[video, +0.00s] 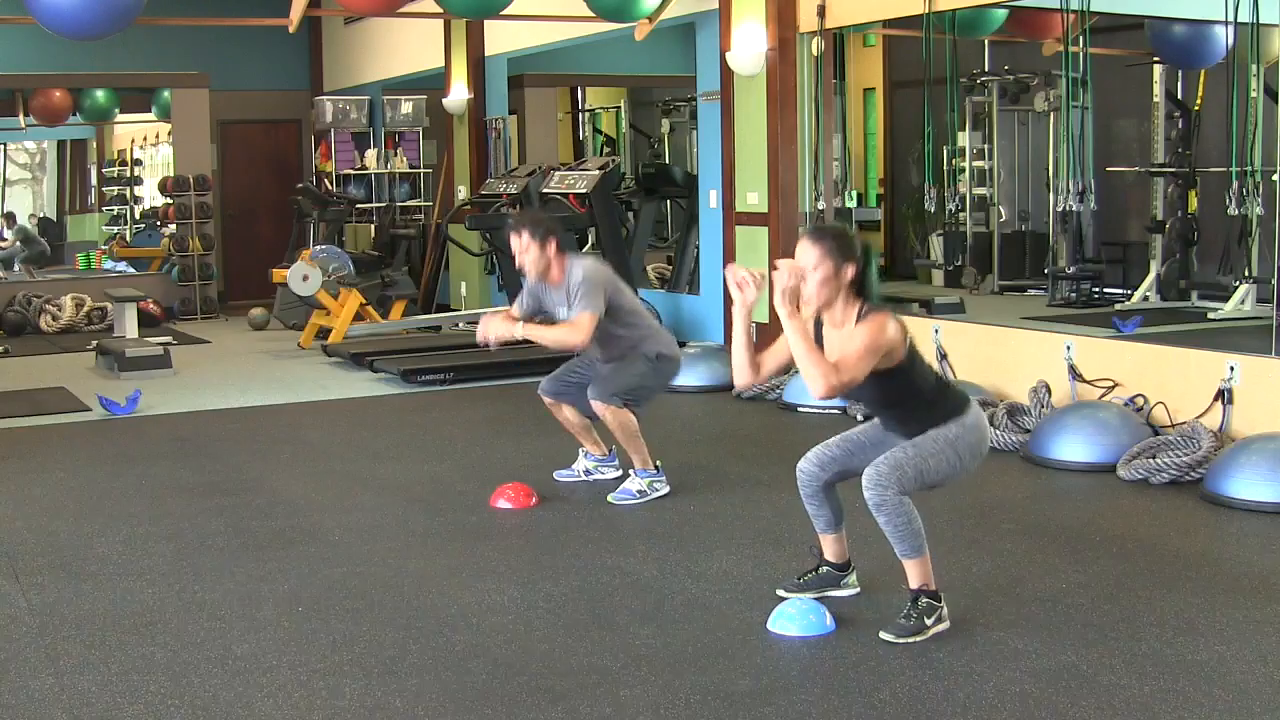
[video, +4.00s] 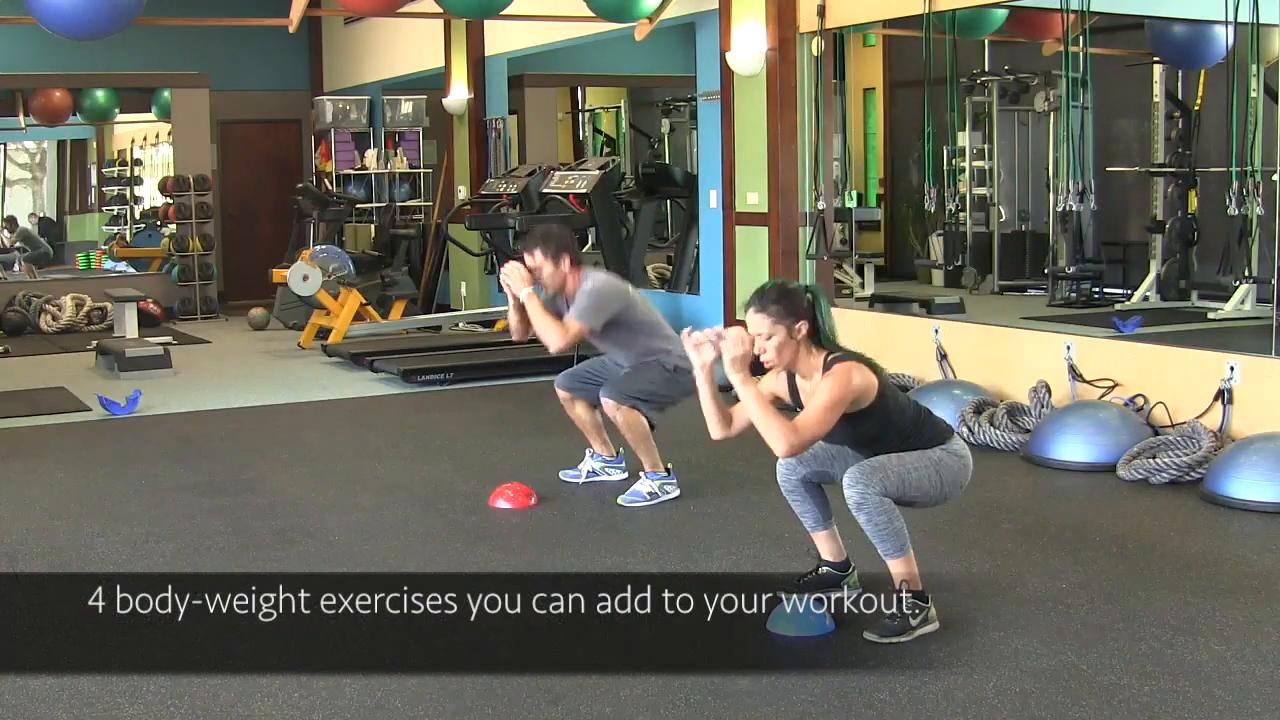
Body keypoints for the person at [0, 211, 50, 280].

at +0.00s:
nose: (4, 224)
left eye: (4, 222)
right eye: (3, 222)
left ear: (11, 221)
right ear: (11, 221)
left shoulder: (18, 229)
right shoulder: (16, 229)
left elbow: (11, 243)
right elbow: (11, 243)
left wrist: (2, 244)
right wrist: (3, 244)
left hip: (41, 250)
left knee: (21, 260)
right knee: (19, 260)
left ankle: (34, 280)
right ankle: (34, 279)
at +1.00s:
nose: (4, 197)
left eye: (5, 194)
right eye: (3, 195)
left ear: (11, 193)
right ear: (4, 195)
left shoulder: (22, 203)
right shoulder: (9, 205)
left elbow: (26, 214)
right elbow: (7, 216)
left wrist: (14, 215)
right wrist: (3, 216)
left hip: (32, 232)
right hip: (24, 233)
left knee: (24, 256)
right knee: (16, 256)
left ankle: (32, 277)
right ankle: (26, 278)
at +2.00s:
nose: (7, 192)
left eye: (7, 190)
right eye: (6, 190)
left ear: (10, 189)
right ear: (15, 187)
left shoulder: (21, 197)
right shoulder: (19, 198)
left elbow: (30, 206)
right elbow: (19, 212)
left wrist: (36, 219)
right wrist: (6, 214)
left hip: (26, 230)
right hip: (26, 230)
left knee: (10, 253)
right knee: (25, 257)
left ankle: (13, 276)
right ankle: (31, 277)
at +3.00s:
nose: (7, 198)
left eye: (9, 195)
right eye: (7, 195)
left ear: (14, 195)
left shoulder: (21, 206)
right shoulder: (18, 207)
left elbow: (27, 214)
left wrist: (22, 227)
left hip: (35, 235)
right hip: (32, 235)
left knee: (23, 258)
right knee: (25, 258)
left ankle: (35, 279)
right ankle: (35, 278)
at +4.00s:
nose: (5, 228)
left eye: (6, 225)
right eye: (5, 226)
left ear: (11, 224)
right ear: (14, 224)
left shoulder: (21, 230)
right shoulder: (17, 233)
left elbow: (9, 244)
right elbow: (8, 244)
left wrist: (2, 235)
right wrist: (2, 236)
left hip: (45, 252)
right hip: (38, 252)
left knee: (25, 259)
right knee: (20, 259)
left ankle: (35, 280)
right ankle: (31, 280)